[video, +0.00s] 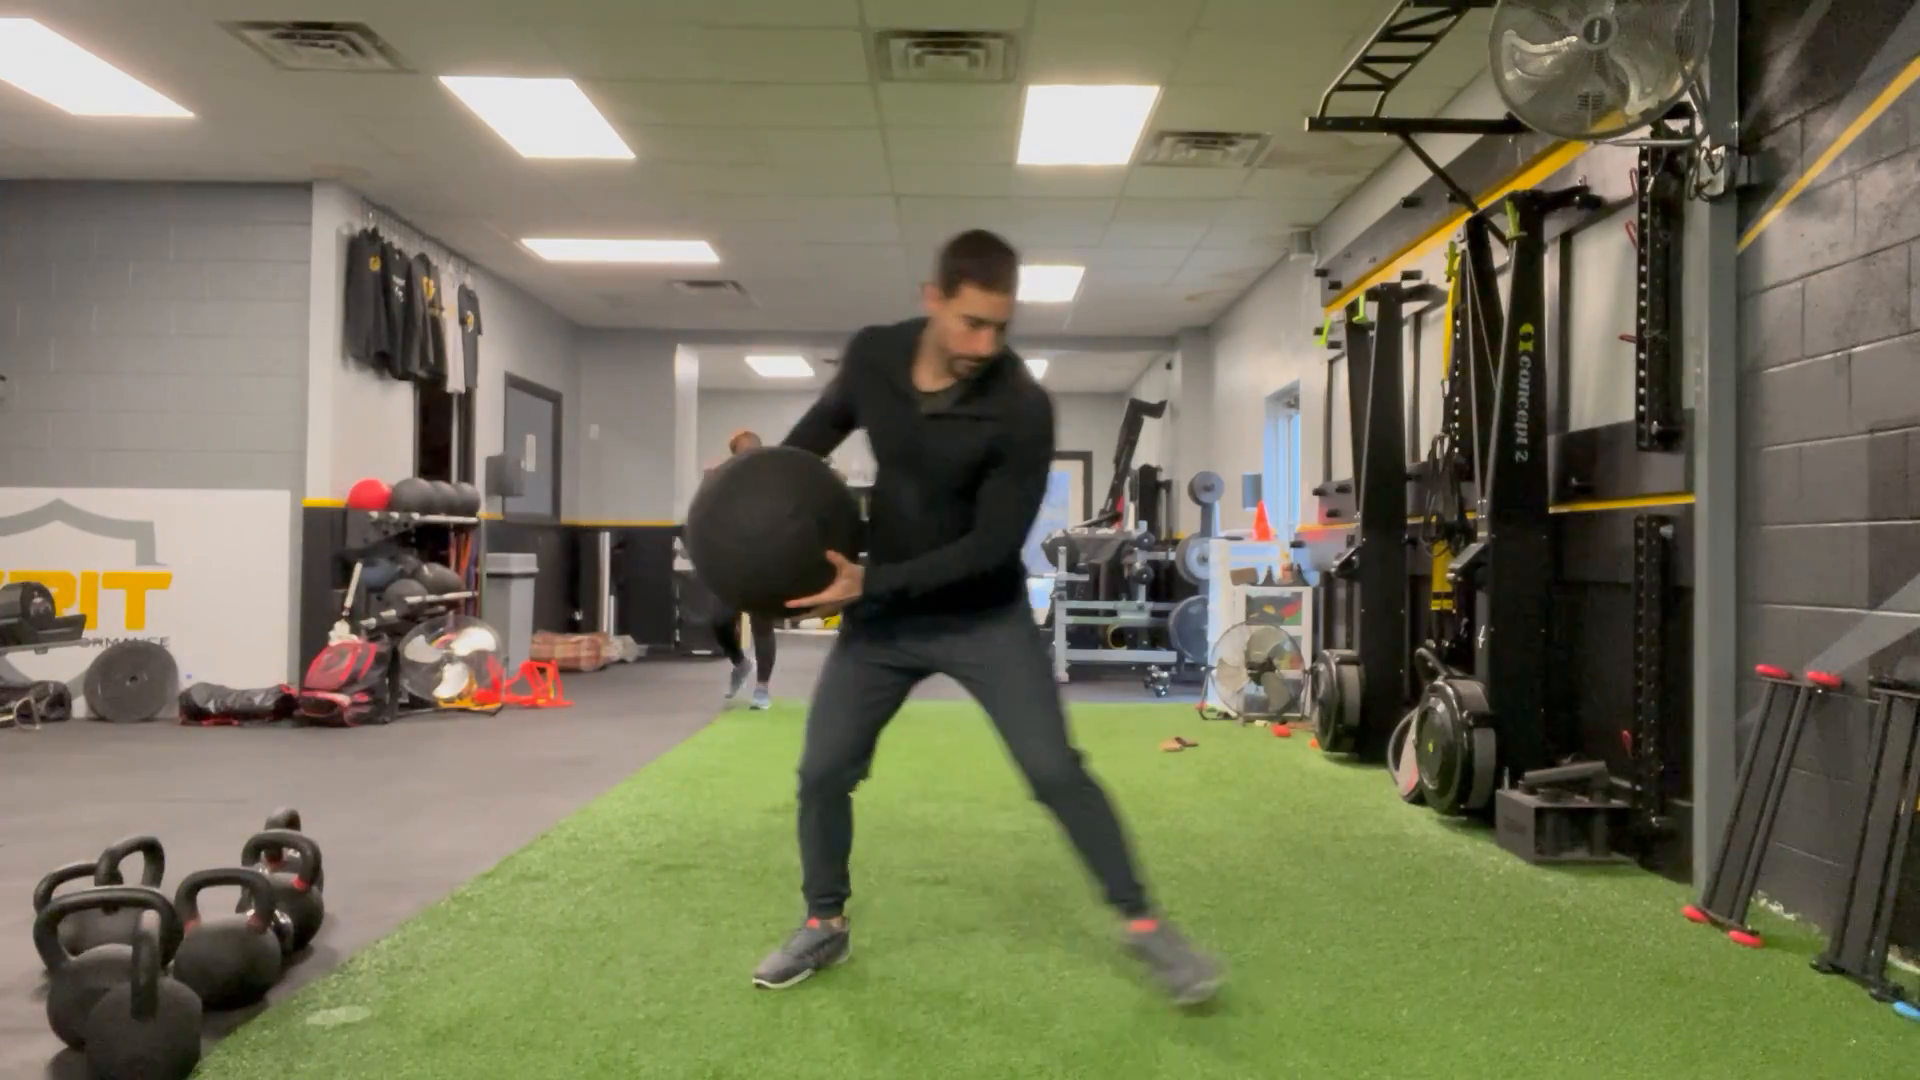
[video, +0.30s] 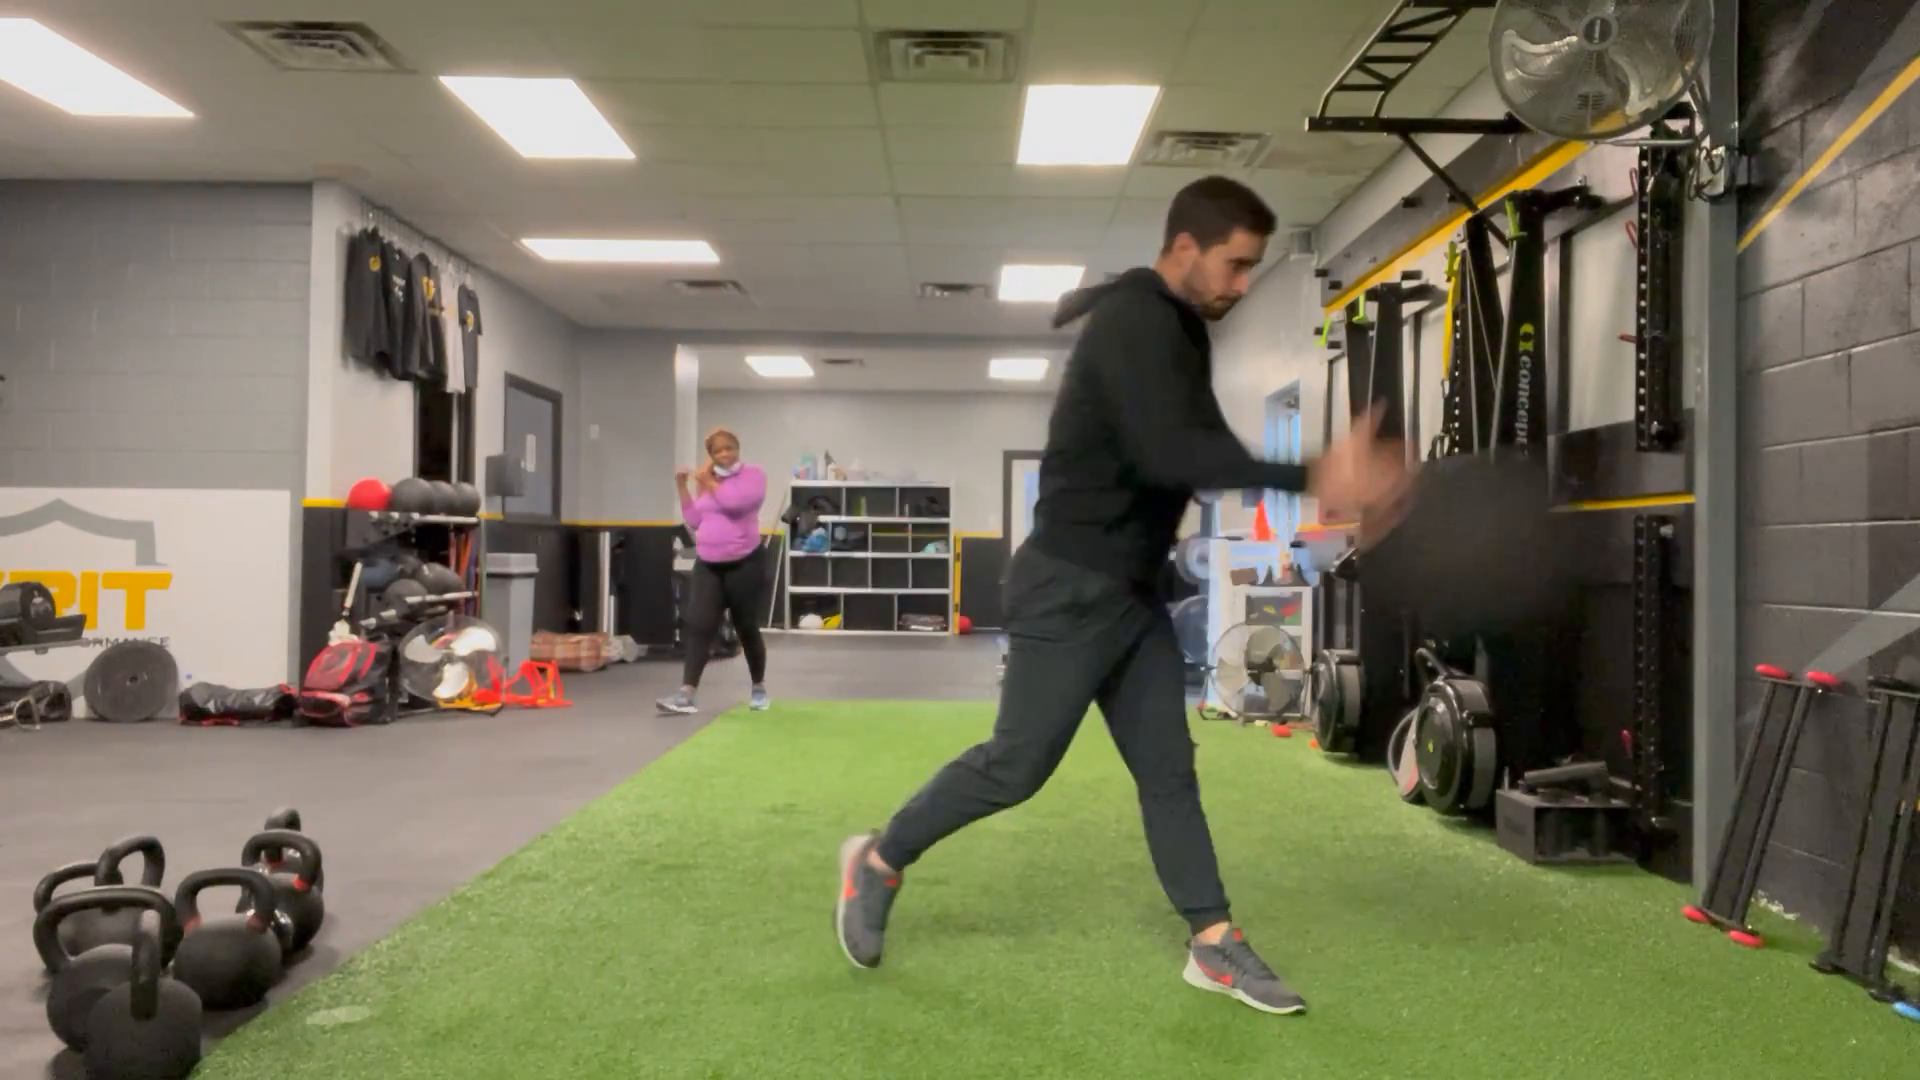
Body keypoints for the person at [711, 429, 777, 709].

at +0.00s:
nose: (748, 460)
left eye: (751, 454)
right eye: (742, 455)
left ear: (759, 454)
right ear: (734, 455)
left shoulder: (770, 480)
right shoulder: (723, 479)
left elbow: (787, 520)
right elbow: (704, 521)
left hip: (765, 562)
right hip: (731, 562)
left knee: (762, 625)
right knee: (720, 622)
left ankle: (763, 686)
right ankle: (741, 664)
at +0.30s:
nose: (725, 454)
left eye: (730, 448)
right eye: (719, 450)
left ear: (738, 450)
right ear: (711, 455)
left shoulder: (753, 476)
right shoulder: (707, 480)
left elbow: (734, 504)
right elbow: (694, 521)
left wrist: (707, 480)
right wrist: (682, 487)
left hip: (744, 562)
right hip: (708, 564)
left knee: (747, 628)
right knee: (699, 625)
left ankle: (758, 689)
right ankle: (687, 692)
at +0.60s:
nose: (694, 445)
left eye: (699, 439)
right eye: (687, 441)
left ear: (708, 441)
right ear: (679, 447)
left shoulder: (723, 468)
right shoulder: (673, 472)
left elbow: (703, 496)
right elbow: (654, 513)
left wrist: (675, 472)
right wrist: (655, 480)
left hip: (713, 554)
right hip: (675, 556)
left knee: (707, 621)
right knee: (680, 624)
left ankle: (725, 674)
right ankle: (683, 694)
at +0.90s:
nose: (679, 445)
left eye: (684, 439)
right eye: (672, 441)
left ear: (693, 441)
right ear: (663, 445)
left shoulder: (708, 469)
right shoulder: (654, 471)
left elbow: (689, 500)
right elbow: (633, 513)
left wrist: (659, 470)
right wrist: (635, 478)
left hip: (696, 557)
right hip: (658, 560)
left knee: (685, 624)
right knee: (666, 628)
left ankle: (685, 699)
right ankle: (679, 692)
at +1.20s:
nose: (664, 437)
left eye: (670, 431)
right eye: (657, 433)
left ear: (681, 433)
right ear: (649, 438)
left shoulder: (697, 462)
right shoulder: (642, 465)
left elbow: (672, 493)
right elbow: (629, 515)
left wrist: (644, 463)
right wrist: (623, 478)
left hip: (685, 555)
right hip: (644, 558)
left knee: (675, 629)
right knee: (627, 624)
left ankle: (680, 707)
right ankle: (650, 684)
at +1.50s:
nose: (635, 437)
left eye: (641, 430)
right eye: (628, 433)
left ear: (652, 433)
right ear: (620, 438)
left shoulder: (671, 463)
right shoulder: (613, 466)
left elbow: (643, 494)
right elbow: (601, 516)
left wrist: (615, 464)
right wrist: (595, 481)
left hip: (660, 558)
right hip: (617, 560)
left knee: (662, 635)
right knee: (610, 634)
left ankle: (677, 707)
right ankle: (599, 716)